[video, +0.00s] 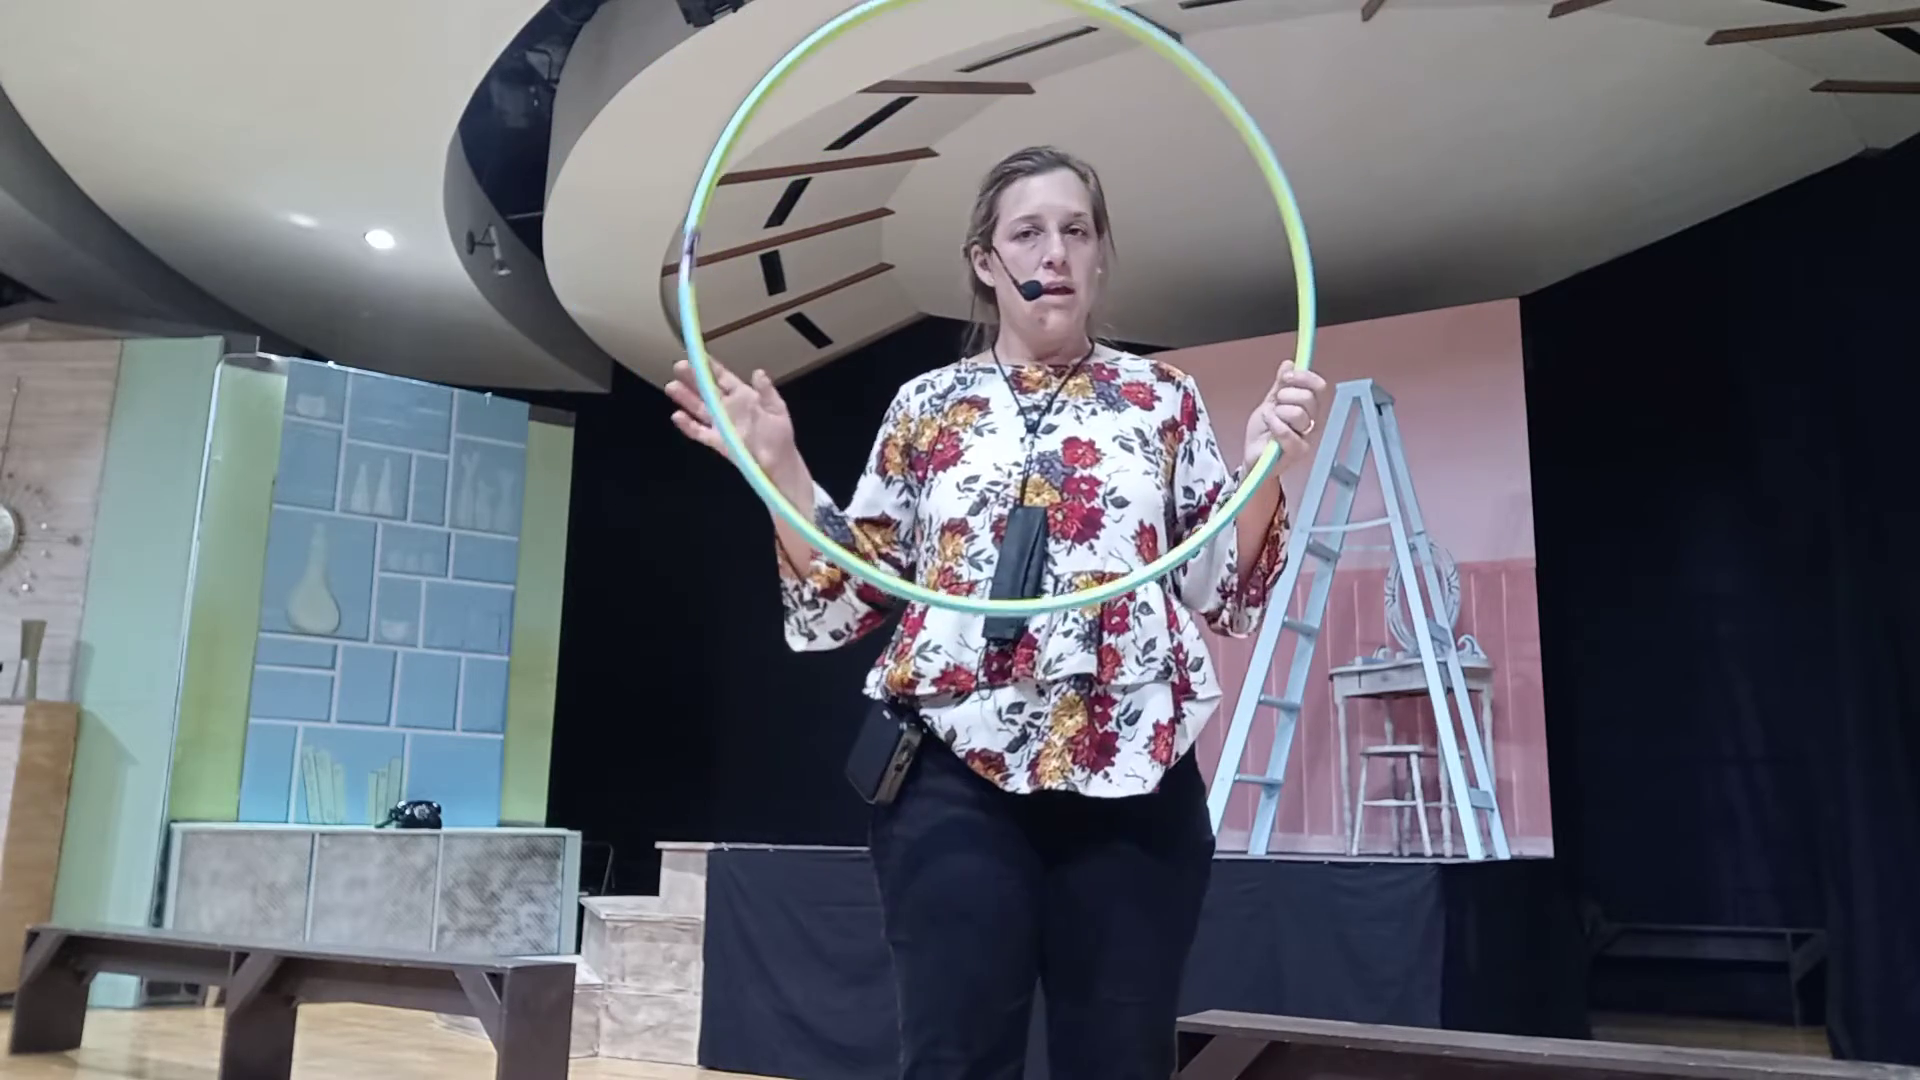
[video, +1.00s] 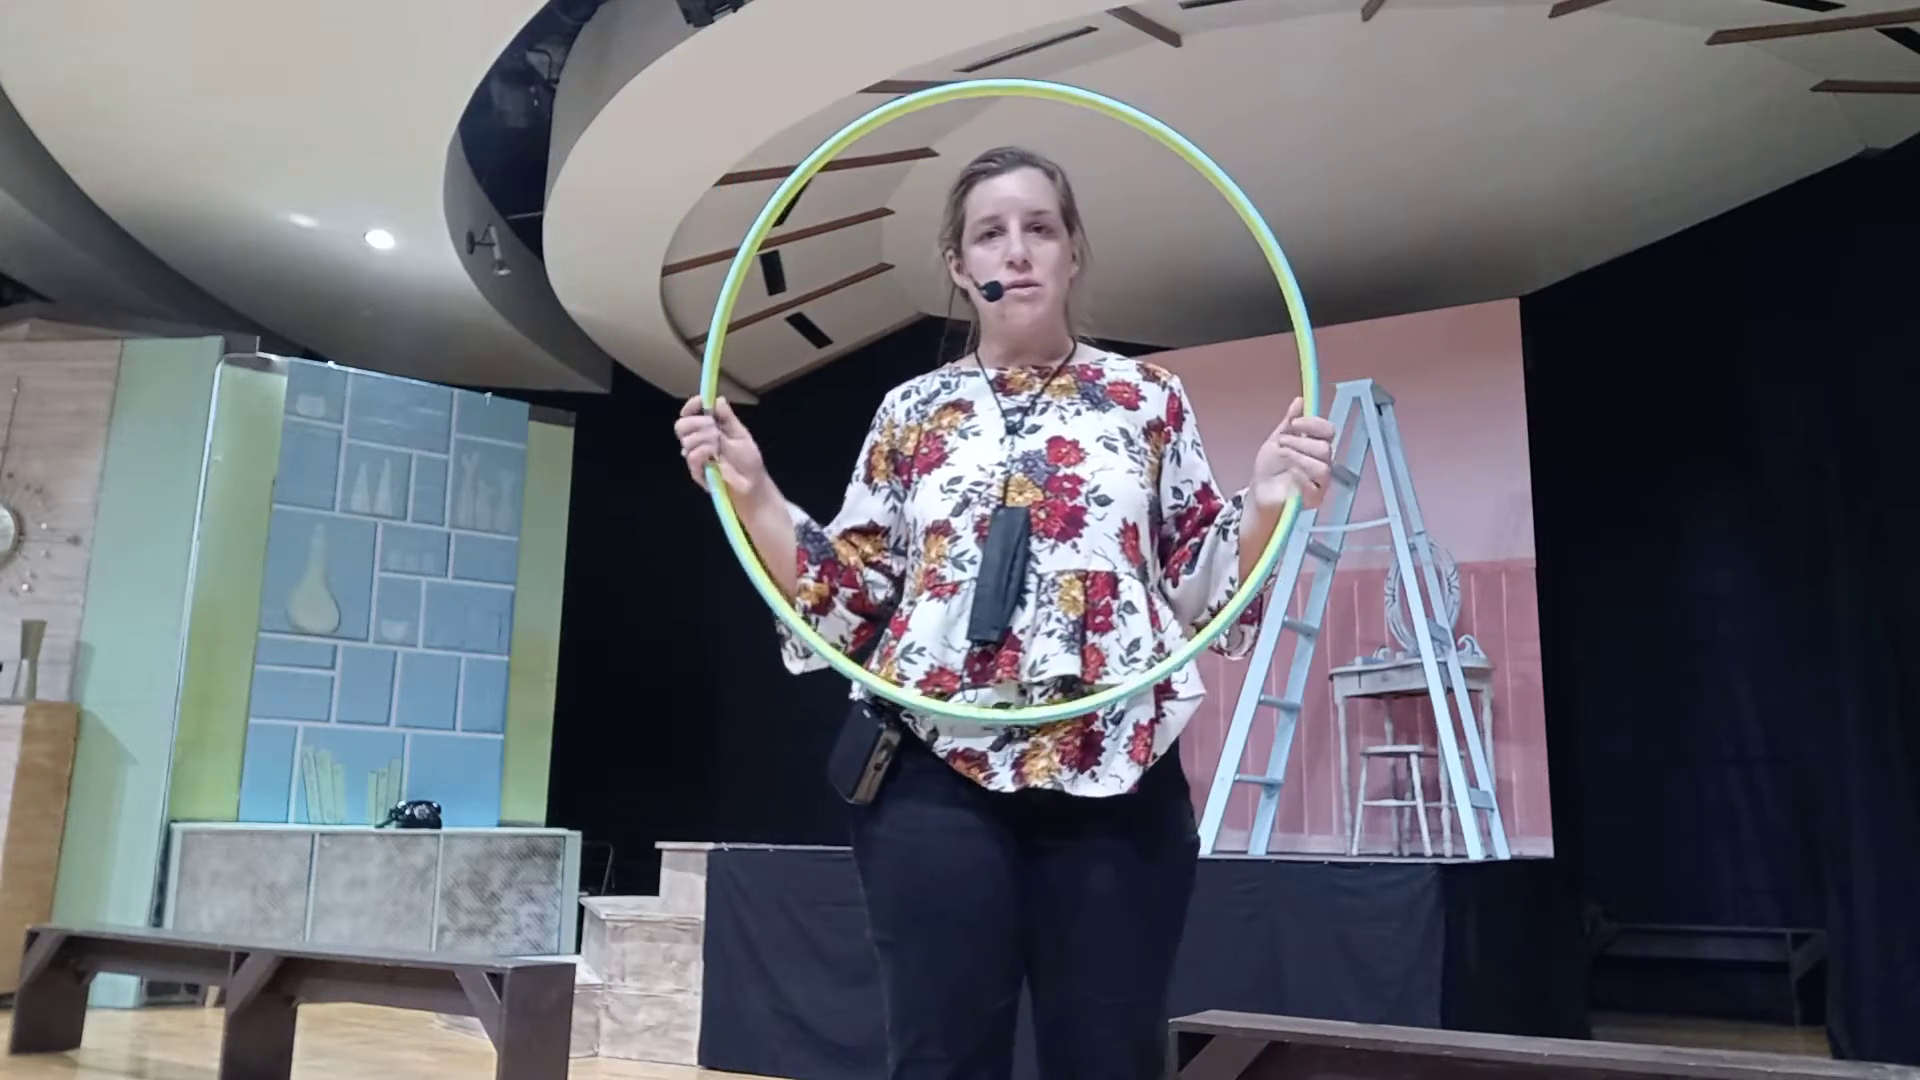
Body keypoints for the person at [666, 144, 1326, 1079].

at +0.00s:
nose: (1053, 249)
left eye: (1074, 230)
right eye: (1027, 230)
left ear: (1103, 261)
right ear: (985, 263)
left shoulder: (1166, 402)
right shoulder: (926, 405)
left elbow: (1220, 594)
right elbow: (850, 597)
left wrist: (1261, 466)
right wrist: (781, 471)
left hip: (1132, 800)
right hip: (956, 792)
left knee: (1117, 1063)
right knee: (956, 1061)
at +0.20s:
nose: (1044, 251)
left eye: (1068, 231)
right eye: (1019, 233)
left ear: (1102, 262)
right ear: (984, 266)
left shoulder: (1167, 404)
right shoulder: (926, 404)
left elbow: (1223, 597)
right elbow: (842, 594)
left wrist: (1271, 472)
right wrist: (769, 470)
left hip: (1133, 797)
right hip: (955, 788)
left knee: (1118, 1063)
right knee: (956, 1060)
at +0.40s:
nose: (1027, 254)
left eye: (1054, 233)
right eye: (1005, 236)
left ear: (1098, 260)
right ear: (980, 265)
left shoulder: (1164, 403)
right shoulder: (928, 404)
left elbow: (1221, 600)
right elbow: (849, 585)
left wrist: (1271, 483)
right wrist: (773, 460)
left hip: (1132, 796)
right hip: (957, 785)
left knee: (1117, 1063)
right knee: (955, 1059)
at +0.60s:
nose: (1028, 254)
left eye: (1053, 232)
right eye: (1004, 236)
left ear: (1094, 256)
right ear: (979, 266)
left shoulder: (1161, 402)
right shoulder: (924, 405)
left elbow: (1220, 612)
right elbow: (850, 588)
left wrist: (1277, 500)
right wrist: (764, 459)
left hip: (1131, 803)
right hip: (953, 795)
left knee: (1117, 1063)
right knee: (953, 1062)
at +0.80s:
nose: (1038, 249)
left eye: (1059, 229)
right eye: (1011, 234)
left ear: (1090, 256)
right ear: (975, 269)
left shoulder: (1155, 401)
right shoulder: (922, 407)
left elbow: (1203, 599)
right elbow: (852, 605)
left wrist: (1271, 515)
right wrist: (771, 486)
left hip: (1127, 794)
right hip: (946, 791)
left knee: (1114, 1063)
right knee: (952, 1060)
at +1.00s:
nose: (1016, 250)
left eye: (1039, 229)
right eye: (990, 233)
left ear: (1076, 254)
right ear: (959, 268)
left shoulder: (1149, 400)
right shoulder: (913, 409)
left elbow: (1203, 603)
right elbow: (850, 603)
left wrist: (1265, 506)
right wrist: (755, 495)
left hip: (1116, 797)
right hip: (937, 793)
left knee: (1106, 1063)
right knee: (941, 1061)